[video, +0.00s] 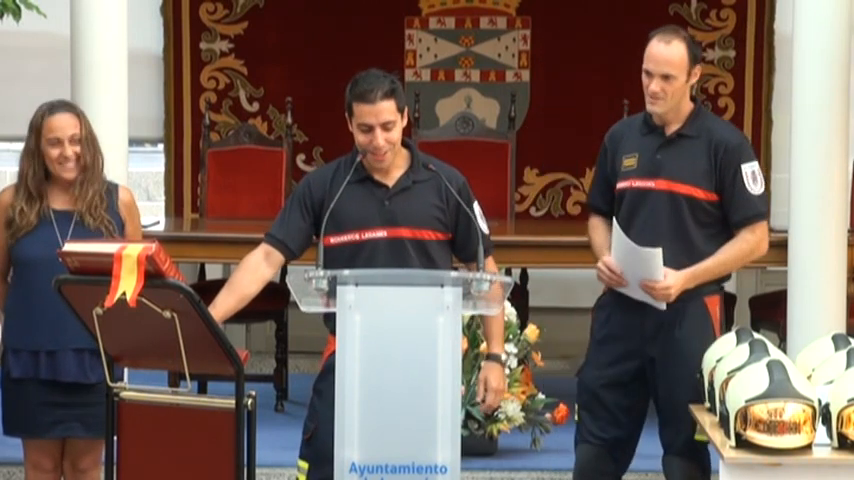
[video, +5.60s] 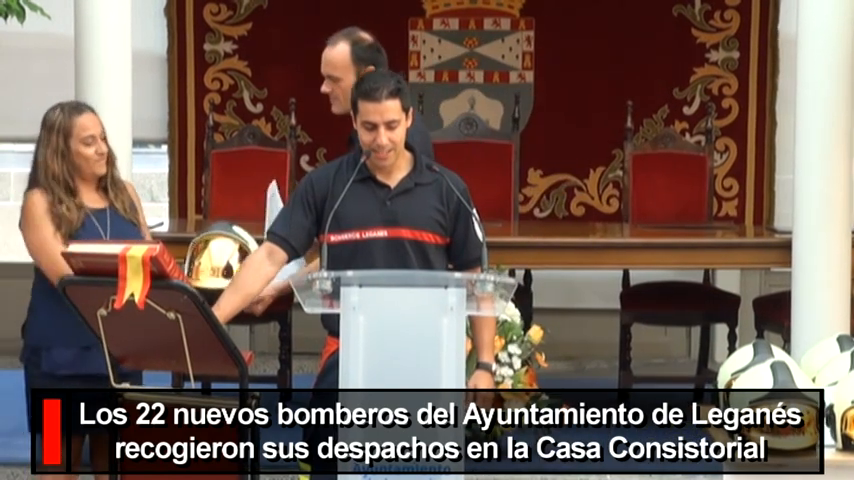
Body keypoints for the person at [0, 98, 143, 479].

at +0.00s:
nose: (68, 151)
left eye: (76, 140)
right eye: (55, 143)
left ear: (88, 144)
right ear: (38, 149)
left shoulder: (119, 201)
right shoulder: (12, 203)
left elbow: (137, 278)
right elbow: (3, 277)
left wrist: (129, 345)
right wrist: (5, 333)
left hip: (94, 357)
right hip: (30, 356)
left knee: (86, 466)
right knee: (41, 466)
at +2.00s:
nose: (73, 147)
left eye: (78, 136)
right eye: (58, 140)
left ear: (87, 140)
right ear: (37, 149)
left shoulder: (117, 199)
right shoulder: (10, 203)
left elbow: (134, 276)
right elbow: (1, 280)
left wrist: (129, 346)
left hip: (93, 359)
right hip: (28, 358)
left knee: (88, 465)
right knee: (41, 467)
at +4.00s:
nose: (73, 148)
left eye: (78, 136)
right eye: (59, 141)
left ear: (85, 139)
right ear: (36, 150)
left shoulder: (115, 199)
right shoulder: (10, 204)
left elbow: (133, 279)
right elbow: (2, 282)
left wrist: (127, 350)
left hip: (92, 362)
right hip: (27, 363)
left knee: (86, 467)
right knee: (40, 469)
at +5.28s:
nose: (95, 151)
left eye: (94, 140)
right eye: (83, 143)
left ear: (97, 141)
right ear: (52, 151)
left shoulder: (112, 194)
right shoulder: (19, 202)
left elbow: (132, 269)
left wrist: (130, 340)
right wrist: (2, 349)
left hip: (100, 348)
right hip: (38, 350)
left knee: (102, 462)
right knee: (49, 465)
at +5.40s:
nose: (97, 152)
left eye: (97, 141)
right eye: (85, 143)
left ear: (100, 142)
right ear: (55, 149)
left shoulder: (114, 195)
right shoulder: (24, 199)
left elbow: (143, 270)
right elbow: (6, 281)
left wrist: (199, 301)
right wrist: (62, 329)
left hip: (109, 353)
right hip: (46, 355)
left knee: (108, 459)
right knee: (52, 464)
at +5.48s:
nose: (98, 151)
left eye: (98, 140)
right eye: (86, 144)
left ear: (102, 141)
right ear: (56, 151)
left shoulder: (117, 194)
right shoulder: (30, 200)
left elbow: (144, 257)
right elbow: (27, 281)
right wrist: (90, 306)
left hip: (111, 346)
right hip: (53, 349)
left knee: (110, 457)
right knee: (55, 462)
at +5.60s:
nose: (102, 148)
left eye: (102, 138)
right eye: (88, 142)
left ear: (107, 139)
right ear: (61, 150)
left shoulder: (124, 193)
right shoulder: (40, 200)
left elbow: (151, 258)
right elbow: (63, 279)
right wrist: (117, 318)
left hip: (118, 348)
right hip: (61, 349)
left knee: (113, 460)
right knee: (59, 464)